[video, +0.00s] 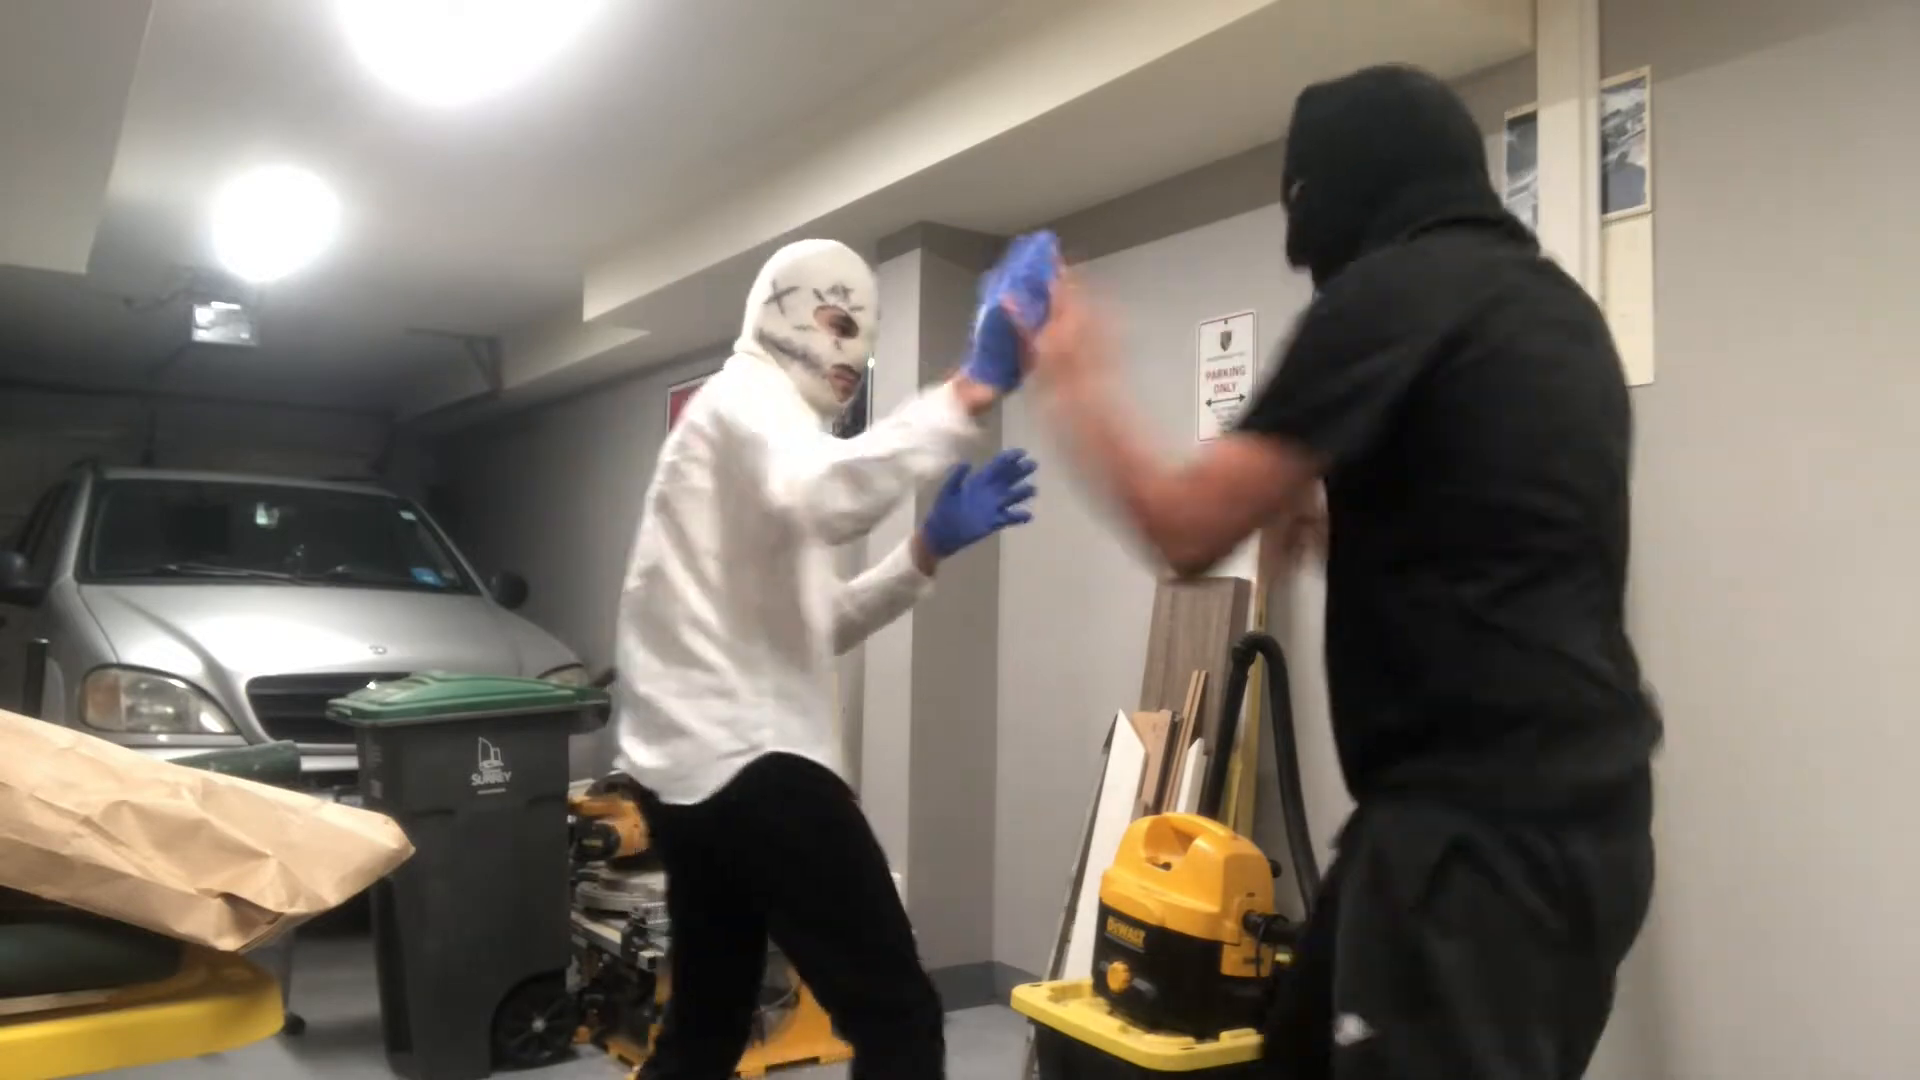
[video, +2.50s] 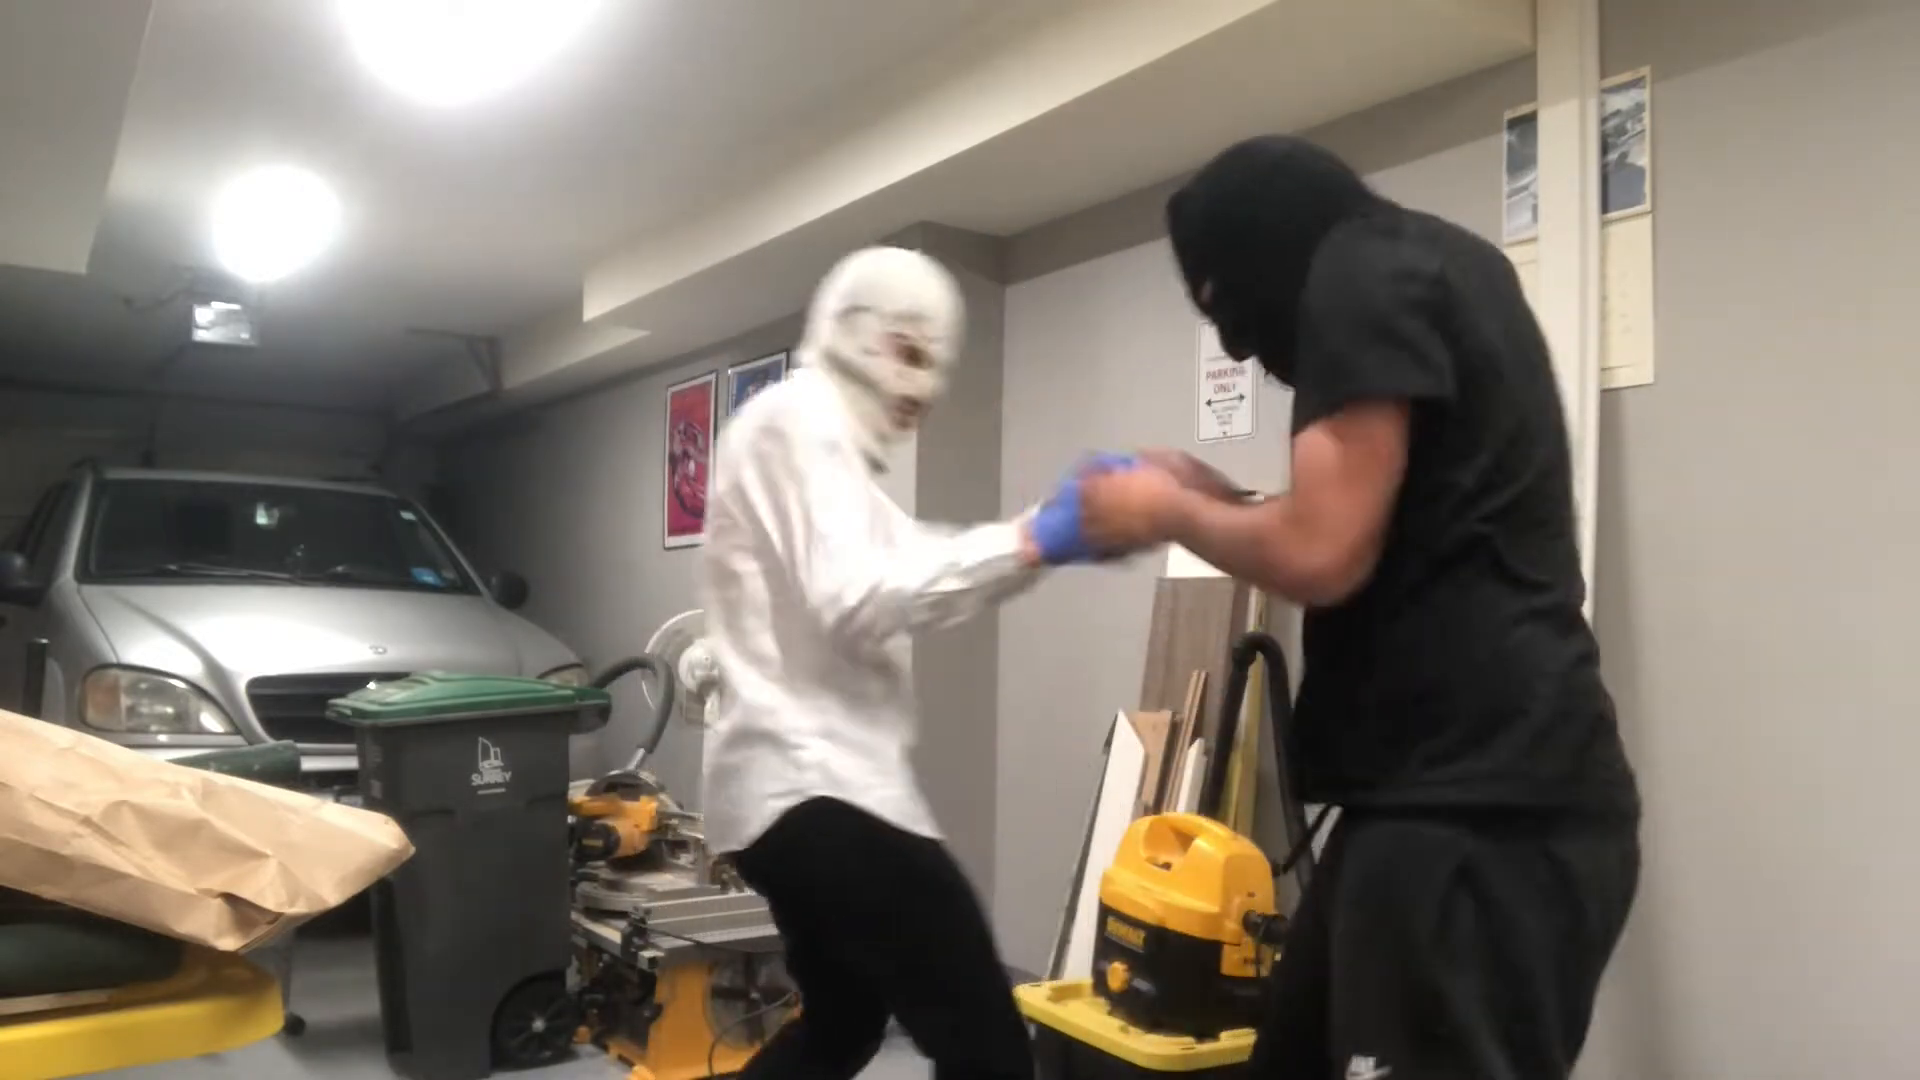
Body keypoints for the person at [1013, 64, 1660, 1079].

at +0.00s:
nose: (1293, 220)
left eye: (1301, 188)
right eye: (1293, 192)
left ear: (1352, 176)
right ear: (1447, 166)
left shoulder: (1395, 294)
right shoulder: (1556, 303)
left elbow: (1182, 522)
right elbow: (1508, 531)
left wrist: (1075, 375)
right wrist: (1335, 526)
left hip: (1461, 840)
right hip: (1579, 825)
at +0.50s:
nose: (1268, 248)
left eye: (1269, 219)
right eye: (1263, 221)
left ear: (1310, 207)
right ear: (1431, 173)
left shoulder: (1331, 337)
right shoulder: (1584, 329)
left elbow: (1115, 533)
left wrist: (1040, 495)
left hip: (1449, 894)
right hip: (1599, 883)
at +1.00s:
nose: (1119, 317)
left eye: (1123, 277)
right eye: (1106, 286)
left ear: (1199, 241)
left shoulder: (1415, 360)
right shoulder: (1218, 385)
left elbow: (1443, 681)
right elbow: (1225, 644)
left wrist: (1205, 535)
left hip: (1393, 911)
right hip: (1204, 883)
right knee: (1107, 1060)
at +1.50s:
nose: (1062, 261)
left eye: (1071, 226)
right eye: (1058, 232)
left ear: (1142, 206)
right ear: (1152, 208)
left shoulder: (1277, 316)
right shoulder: (1194, 338)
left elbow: (1173, 595)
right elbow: (1109, 532)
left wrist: (1065, 467)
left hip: (1243, 834)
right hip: (1127, 809)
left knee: (1222, 1063)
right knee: (1024, 1052)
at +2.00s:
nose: (1167, 349)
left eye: (1157, 311)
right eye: (1149, 320)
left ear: (1192, 264)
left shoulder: (1318, 251)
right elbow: (1285, 542)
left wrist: (1172, 583)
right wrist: (1112, 544)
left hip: (1452, 821)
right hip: (1367, 810)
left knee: (1407, 1062)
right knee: (1241, 1062)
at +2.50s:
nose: (1221, 326)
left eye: (1217, 293)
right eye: (1207, 301)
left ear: (1267, 243)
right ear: (1314, 213)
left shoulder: (1370, 270)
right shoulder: (1431, 268)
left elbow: (1318, 554)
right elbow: (1363, 536)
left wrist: (1169, 513)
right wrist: (1222, 504)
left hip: (1469, 824)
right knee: (1298, 1061)